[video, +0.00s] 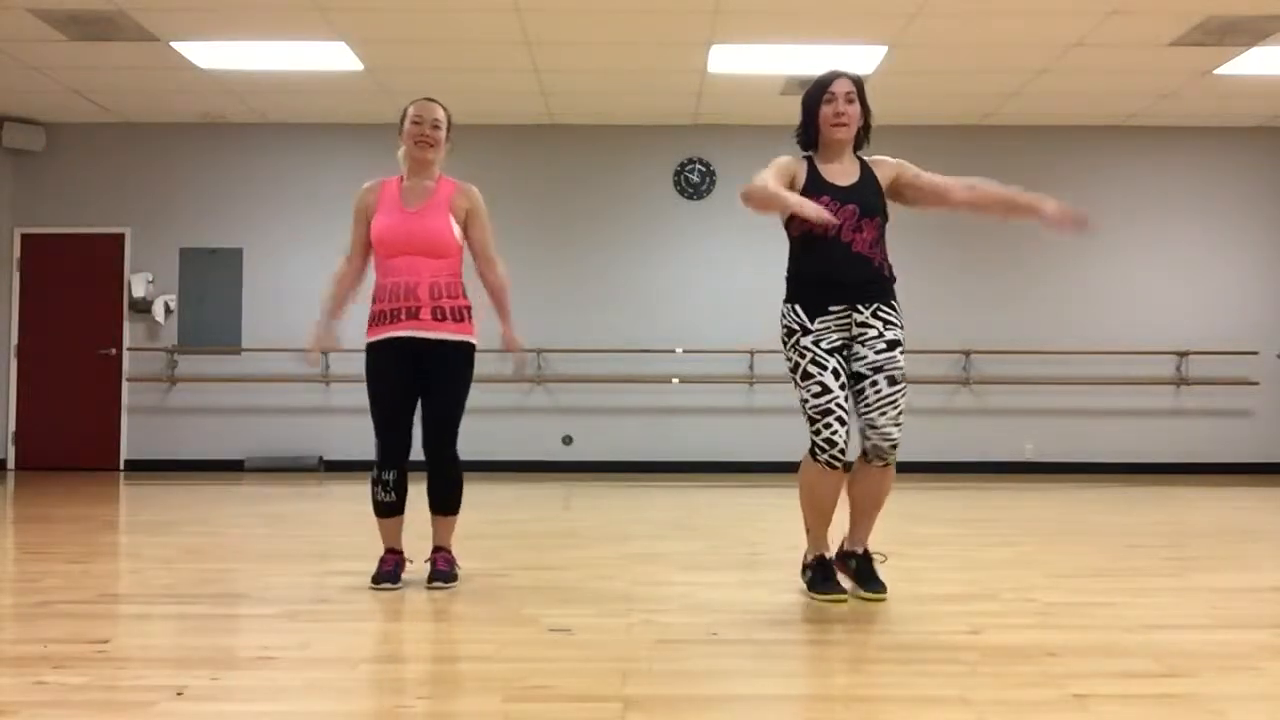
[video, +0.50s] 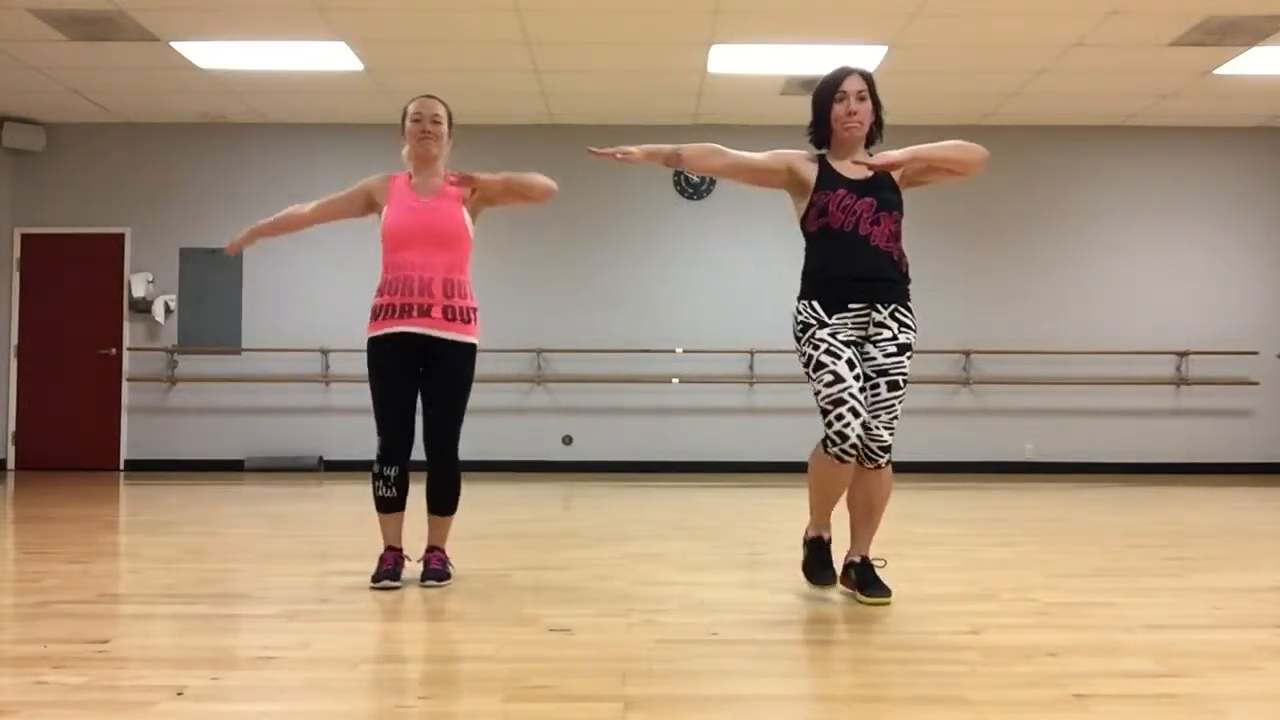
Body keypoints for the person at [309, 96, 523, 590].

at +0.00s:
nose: (425, 130)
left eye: (435, 124)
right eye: (417, 122)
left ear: (447, 138)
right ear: (400, 134)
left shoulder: (464, 196)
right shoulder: (372, 196)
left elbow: (489, 267)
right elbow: (354, 264)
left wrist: (507, 326)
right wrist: (327, 319)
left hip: (449, 339)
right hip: (389, 339)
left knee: (440, 446)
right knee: (391, 448)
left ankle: (443, 552)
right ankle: (391, 552)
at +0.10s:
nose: (422, 128)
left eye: (432, 123)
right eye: (413, 120)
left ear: (444, 138)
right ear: (397, 132)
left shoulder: (463, 194)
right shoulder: (373, 192)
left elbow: (505, 241)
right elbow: (326, 246)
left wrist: (515, 255)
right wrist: (276, 279)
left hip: (447, 336)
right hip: (388, 335)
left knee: (433, 441)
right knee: (390, 447)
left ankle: (438, 544)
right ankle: (392, 552)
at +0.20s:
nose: (422, 128)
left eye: (432, 123)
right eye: (414, 121)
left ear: (444, 138)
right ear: (397, 134)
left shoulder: (465, 191)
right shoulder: (373, 190)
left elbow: (530, 215)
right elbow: (306, 225)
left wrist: (517, 204)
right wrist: (237, 244)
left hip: (448, 334)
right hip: (388, 334)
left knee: (428, 438)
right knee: (391, 446)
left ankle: (435, 539)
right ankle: (392, 552)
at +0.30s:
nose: (422, 132)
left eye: (432, 126)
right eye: (413, 125)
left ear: (445, 141)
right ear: (398, 139)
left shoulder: (463, 193)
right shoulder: (377, 192)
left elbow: (542, 201)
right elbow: (303, 218)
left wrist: (491, 189)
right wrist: (230, 232)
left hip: (448, 339)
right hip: (388, 337)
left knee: (431, 447)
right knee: (390, 448)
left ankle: (438, 550)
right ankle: (391, 553)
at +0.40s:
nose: (425, 129)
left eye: (434, 124)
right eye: (416, 122)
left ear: (447, 139)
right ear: (401, 136)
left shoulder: (467, 196)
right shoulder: (380, 193)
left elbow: (544, 199)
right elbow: (308, 218)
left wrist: (489, 195)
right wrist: (251, 238)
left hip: (450, 340)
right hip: (389, 338)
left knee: (438, 451)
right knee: (390, 448)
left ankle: (435, 552)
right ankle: (391, 553)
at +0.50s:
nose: (426, 125)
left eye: (436, 119)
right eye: (417, 118)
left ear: (449, 135)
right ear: (403, 133)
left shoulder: (470, 190)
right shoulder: (383, 187)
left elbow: (546, 188)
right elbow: (309, 212)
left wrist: (489, 182)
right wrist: (251, 233)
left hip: (452, 334)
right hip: (392, 331)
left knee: (442, 446)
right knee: (393, 444)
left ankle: (436, 551)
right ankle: (391, 552)